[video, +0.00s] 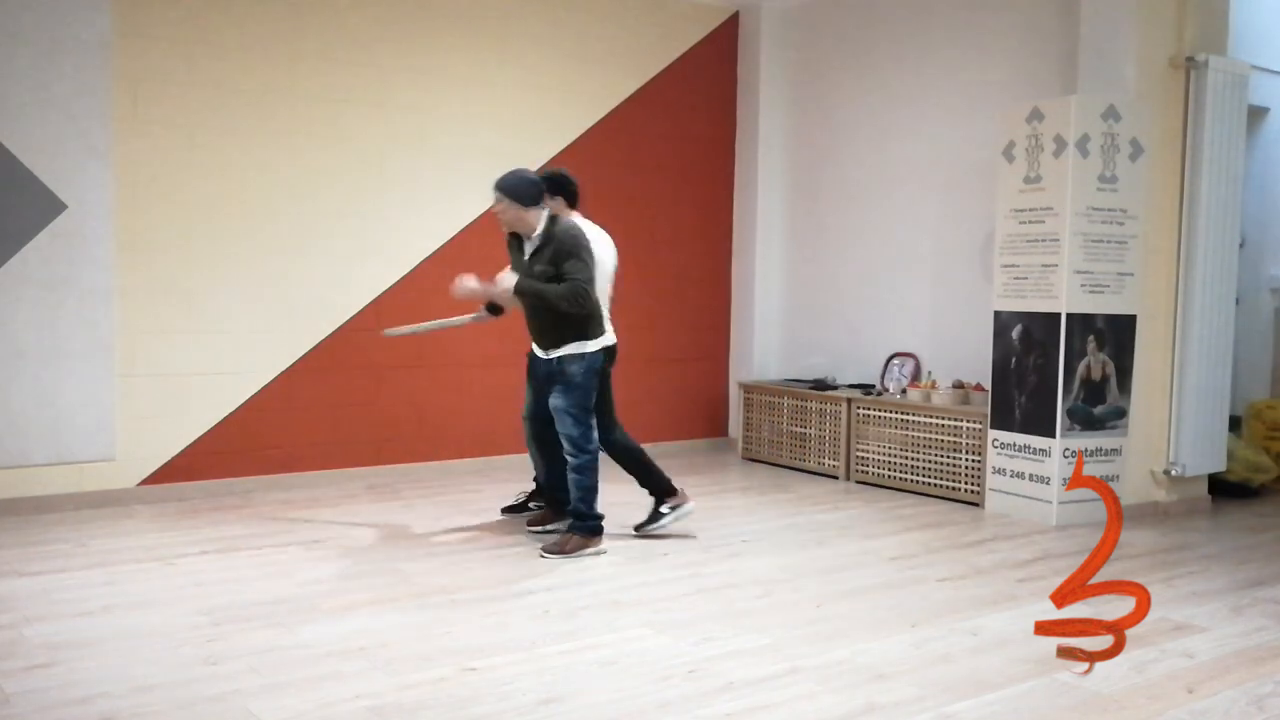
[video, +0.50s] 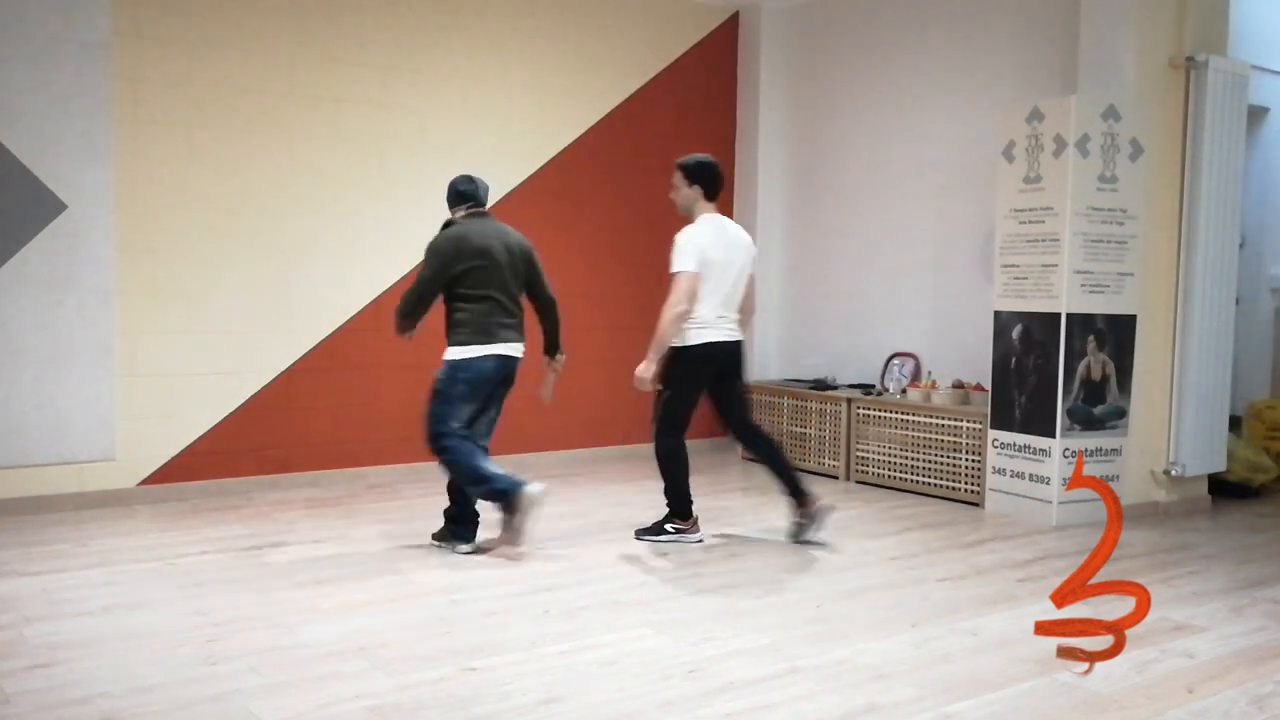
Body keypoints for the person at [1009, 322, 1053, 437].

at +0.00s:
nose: (1016, 343)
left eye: (1018, 340)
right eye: (1014, 340)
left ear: (1026, 338)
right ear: (1014, 339)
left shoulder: (1037, 353)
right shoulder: (1018, 355)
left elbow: (1036, 377)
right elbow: (1014, 376)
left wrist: (1026, 396)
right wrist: (1017, 396)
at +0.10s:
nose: (1016, 343)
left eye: (1018, 340)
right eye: (1014, 340)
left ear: (1026, 338)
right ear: (1014, 340)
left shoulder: (1038, 354)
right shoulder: (1017, 356)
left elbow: (1036, 377)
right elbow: (1014, 377)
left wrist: (1026, 396)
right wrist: (1017, 396)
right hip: (1021, 399)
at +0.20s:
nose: (1016, 343)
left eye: (1018, 340)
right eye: (1014, 340)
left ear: (1026, 338)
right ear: (1014, 340)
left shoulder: (1037, 353)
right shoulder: (1017, 356)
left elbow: (1036, 377)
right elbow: (1014, 377)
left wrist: (1026, 396)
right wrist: (1017, 396)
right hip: (1021, 399)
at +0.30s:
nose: (1016, 343)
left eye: (1018, 340)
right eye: (1014, 340)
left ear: (1026, 338)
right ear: (1014, 340)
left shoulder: (1037, 353)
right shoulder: (1017, 356)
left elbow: (1036, 376)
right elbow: (1014, 378)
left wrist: (1026, 396)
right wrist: (1017, 397)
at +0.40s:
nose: (1016, 343)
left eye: (1018, 340)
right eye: (1015, 340)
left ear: (1026, 338)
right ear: (1014, 339)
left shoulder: (1037, 353)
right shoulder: (1018, 355)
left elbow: (1036, 376)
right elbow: (1014, 377)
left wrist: (1026, 396)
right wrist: (1017, 397)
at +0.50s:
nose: (1016, 343)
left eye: (1018, 340)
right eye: (1015, 340)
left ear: (1026, 338)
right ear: (1014, 339)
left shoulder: (1037, 353)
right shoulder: (1018, 355)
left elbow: (1036, 376)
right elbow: (1014, 377)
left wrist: (1026, 396)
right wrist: (1017, 396)